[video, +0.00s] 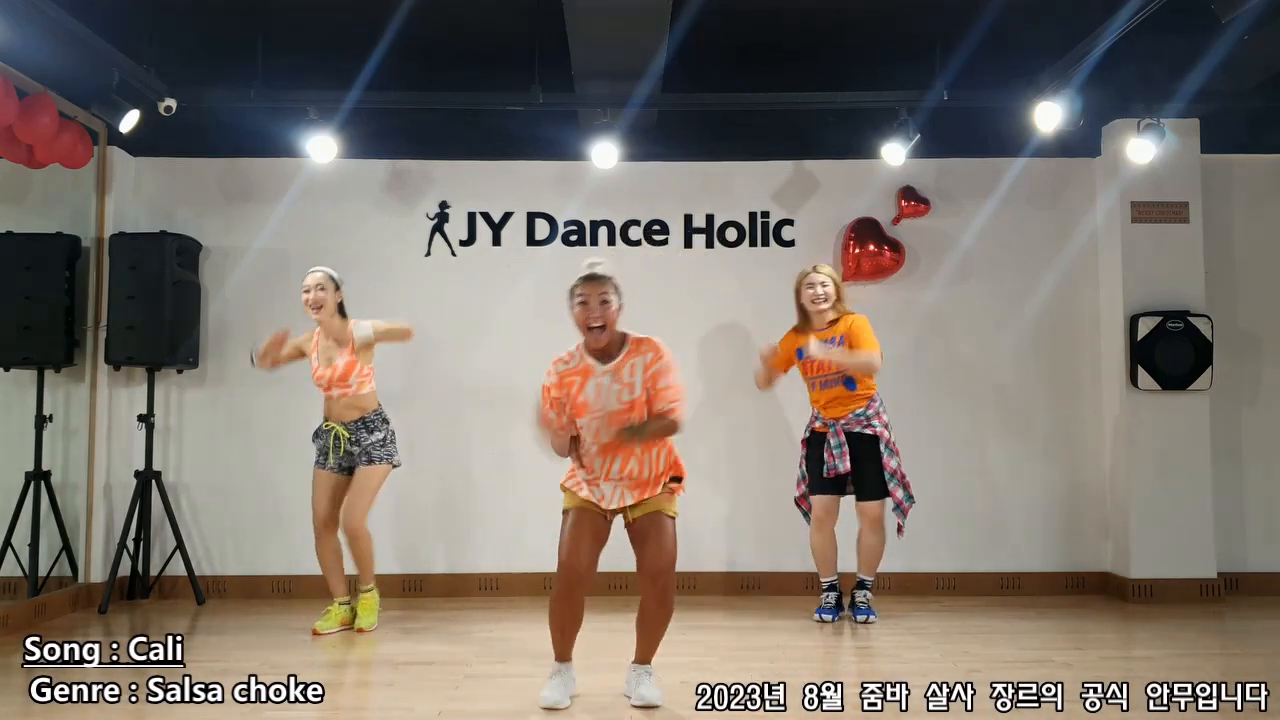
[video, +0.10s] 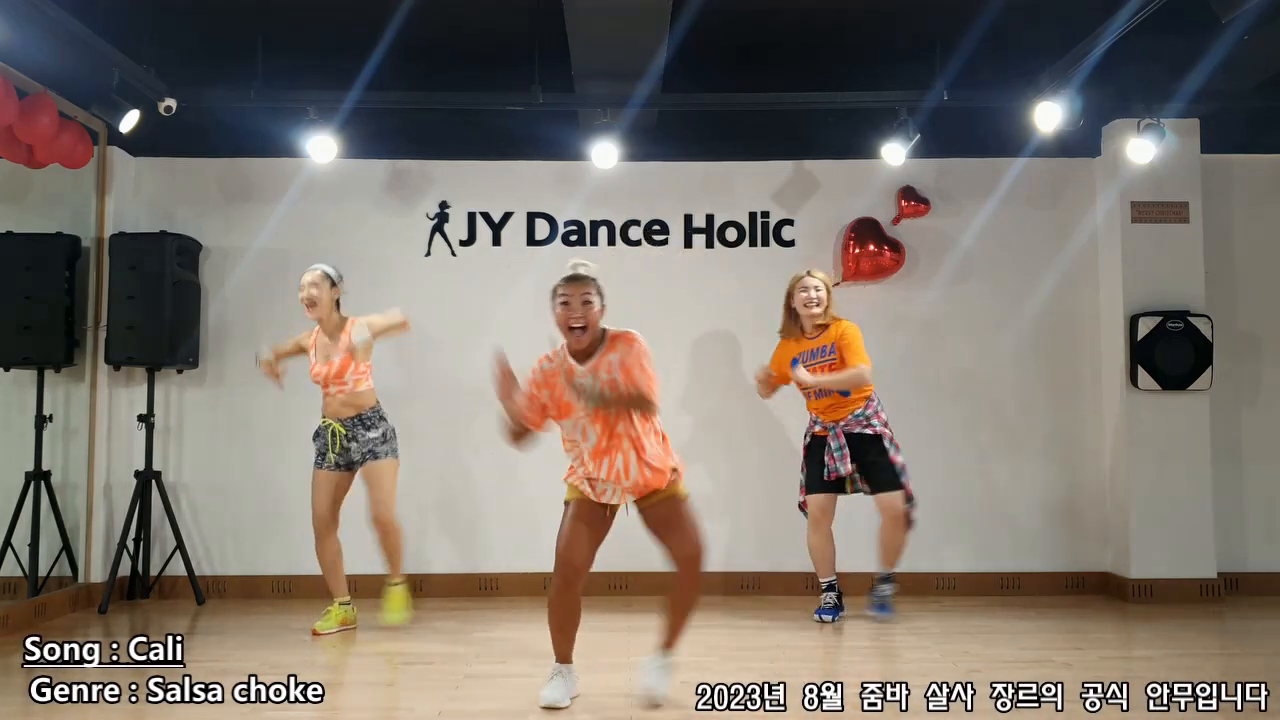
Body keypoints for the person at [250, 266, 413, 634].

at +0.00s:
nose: (312, 296)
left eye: (321, 288)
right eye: (307, 290)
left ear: (338, 295)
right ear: (302, 299)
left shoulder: (360, 331)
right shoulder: (309, 341)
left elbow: (407, 332)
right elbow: (267, 363)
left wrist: (367, 334)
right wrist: (270, 349)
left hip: (373, 434)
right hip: (333, 437)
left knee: (352, 520)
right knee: (323, 523)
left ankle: (367, 594)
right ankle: (341, 604)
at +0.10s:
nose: (306, 294)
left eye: (315, 287)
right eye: (302, 289)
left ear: (336, 291)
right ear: (301, 297)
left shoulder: (359, 326)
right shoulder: (309, 339)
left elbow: (400, 322)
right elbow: (273, 354)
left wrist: (372, 328)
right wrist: (271, 367)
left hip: (371, 429)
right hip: (332, 435)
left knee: (382, 515)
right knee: (323, 522)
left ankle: (396, 582)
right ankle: (342, 604)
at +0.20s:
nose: (306, 288)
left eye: (313, 282)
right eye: (306, 283)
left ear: (336, 285)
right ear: (311, 289)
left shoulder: (355, 317)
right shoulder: (311, 325)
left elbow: (372, 276)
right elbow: (269, 314)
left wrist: (329, 258)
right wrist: (259, 284)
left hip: (375, 418)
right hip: (338, 426)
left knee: (408, 505)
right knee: (332, 518)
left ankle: (440, 581)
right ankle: (343, 603)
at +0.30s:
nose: (312, 277)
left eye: (320, 271)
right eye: (311, 272)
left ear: (342, 281)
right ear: (313, 285)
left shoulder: (354, 316)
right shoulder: (314, 320)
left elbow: (333, 259)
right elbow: (270, 280)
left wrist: (302, 213)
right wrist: (237, 239)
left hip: (381, 418)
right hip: (345, 427)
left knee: (421, 504)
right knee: (333, 516)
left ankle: (466, 584)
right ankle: (342, 604)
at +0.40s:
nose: (318, 288)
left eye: (326, 280)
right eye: (314, 282)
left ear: (348, 287)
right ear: (313, 290)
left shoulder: (363, 324)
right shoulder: (322, 328)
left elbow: (364, 294)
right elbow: (275, 321)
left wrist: (316, 269)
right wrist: (257, 291)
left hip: (389, 420)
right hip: (353, 428)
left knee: (422, 512)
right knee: (333, 516)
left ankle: (462, 588)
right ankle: (343, 604)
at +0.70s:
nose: (381, 296)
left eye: (389, 289)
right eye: (374, 290)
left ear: (403, 295)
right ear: (367, 299)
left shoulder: (426, 337)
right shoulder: (361, 343)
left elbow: (468, 375)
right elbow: (332, 392)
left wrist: (456, 381)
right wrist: (344, 381)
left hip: (423, 434)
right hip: (380, 434)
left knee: (423, 528)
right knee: (348, 518)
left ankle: (439, 603)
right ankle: (349, 603)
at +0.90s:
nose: (416, 294)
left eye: (423, 287)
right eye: (409, 288)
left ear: (434, 293)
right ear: (399, 294)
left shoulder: (451, 331)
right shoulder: (390, 331)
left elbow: (496, 344)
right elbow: (349, 347)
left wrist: (482, 333)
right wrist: (370, 337)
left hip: (450, 430)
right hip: (404, 432)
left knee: (449, 521)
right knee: (407, 524)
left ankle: (444, 602)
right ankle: (412, 604)